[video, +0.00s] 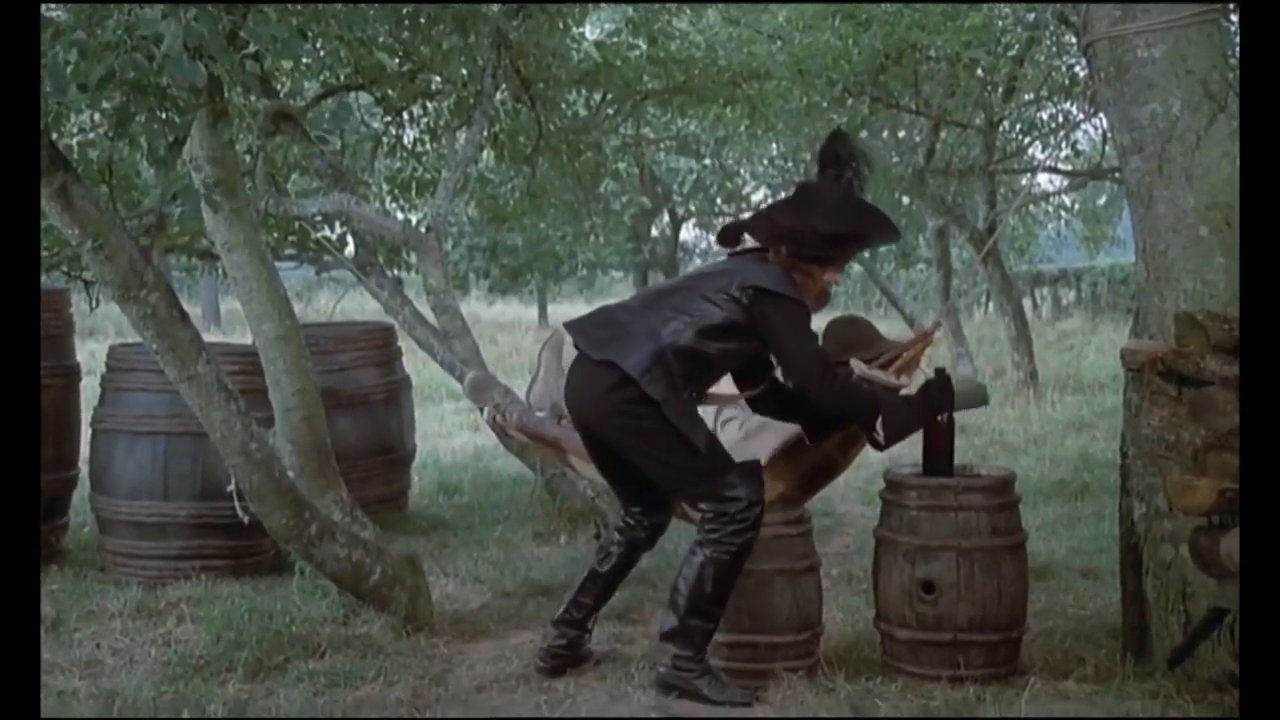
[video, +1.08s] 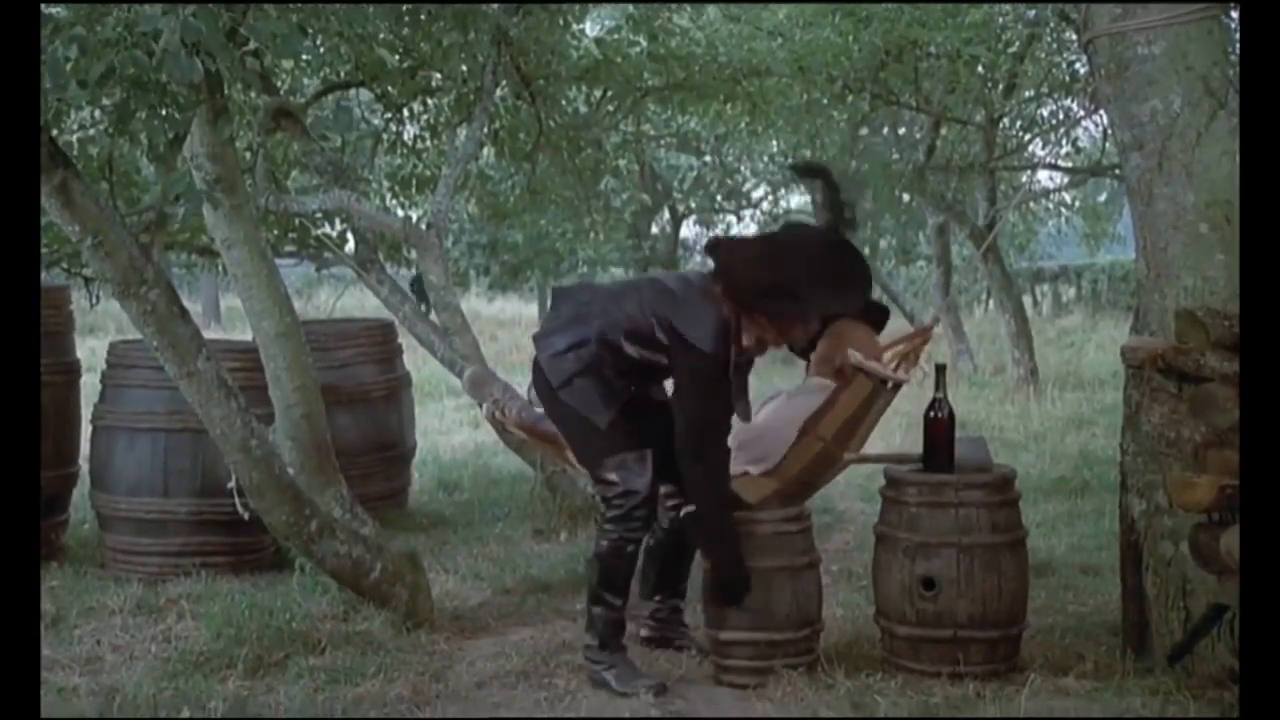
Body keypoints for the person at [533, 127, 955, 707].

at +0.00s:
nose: (837, 285)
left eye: (842, 272)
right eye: (836, 271)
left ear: (783, 254)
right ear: (803, 263)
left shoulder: (736, 277)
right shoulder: (772, 290)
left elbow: (764, 395)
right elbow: (820, 381)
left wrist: (842, 402)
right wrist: (883, 399)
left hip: (588, 381)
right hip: (627, 390)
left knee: (645, 511)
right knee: (736, 500)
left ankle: (564, 639)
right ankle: (685, 663)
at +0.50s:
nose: (830, 276)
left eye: (834, 264)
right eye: (828, 262)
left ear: (777, 236)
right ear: (796, 251)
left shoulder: (738, 258)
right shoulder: (756, 276)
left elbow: (767, 374)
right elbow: (799, 380)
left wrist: (841, 408)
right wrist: (879, 402)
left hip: (595, 361)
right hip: (616, 372)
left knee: (689, 481)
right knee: (718, 487)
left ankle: (618, 608)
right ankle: (685, 658)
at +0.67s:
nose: (819, 271)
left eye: (823, 259)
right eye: (814, 257)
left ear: (772, 242)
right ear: (782, 249)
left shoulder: (730, 262)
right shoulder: (731, 274)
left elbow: (746, 372)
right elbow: (752, 379)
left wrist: (791, 421)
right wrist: (845, 428)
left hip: (595, 353)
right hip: (597, 360)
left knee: (684, 475)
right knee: (689, 483)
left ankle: (640, 618)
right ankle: (682, 662)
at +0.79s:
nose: (808, 269)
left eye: (814, 257)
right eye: (803, 255)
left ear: (778, 246)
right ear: (769, 242)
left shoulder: (743, 276)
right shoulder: (711, 275)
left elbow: (730, 386)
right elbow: (732, 397)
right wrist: (817, 459)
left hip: (625, 352)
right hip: (587, 349)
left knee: (690, 469)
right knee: (669, 472)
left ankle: (636, 621)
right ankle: (647, 640)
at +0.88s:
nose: (805, 271)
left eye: (810, 258)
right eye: (799, 257)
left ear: (774, 251)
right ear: (762, 246)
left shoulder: (746, 280)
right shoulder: (709, 279)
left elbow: (717, 376)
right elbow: (722, 402)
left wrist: (720, 434)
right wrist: (786, 492)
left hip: (631, 359)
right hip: (584, 352)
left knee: (687, 480)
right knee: (653, 484)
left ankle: (641, 620)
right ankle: (611, 650)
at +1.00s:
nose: (800, 299)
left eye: (808, 285)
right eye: (795, 282)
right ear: (760, 268)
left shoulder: (729, 297)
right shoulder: (704, 304)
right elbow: (710, 442)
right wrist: (742, 538)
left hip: (630, 365)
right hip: (575, 358)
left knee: (689, 481)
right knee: (639, 485)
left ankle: (654, 619)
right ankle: (606, 652)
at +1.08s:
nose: (807, 334)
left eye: (817, 322)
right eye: (808, 317)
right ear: (778, 303)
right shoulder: (703, 333)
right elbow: (702, 465)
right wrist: (728, 567)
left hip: (634, 371)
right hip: (571, 361)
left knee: (681, 489)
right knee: (630, 494)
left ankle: (663, 619)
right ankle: (603, 651)